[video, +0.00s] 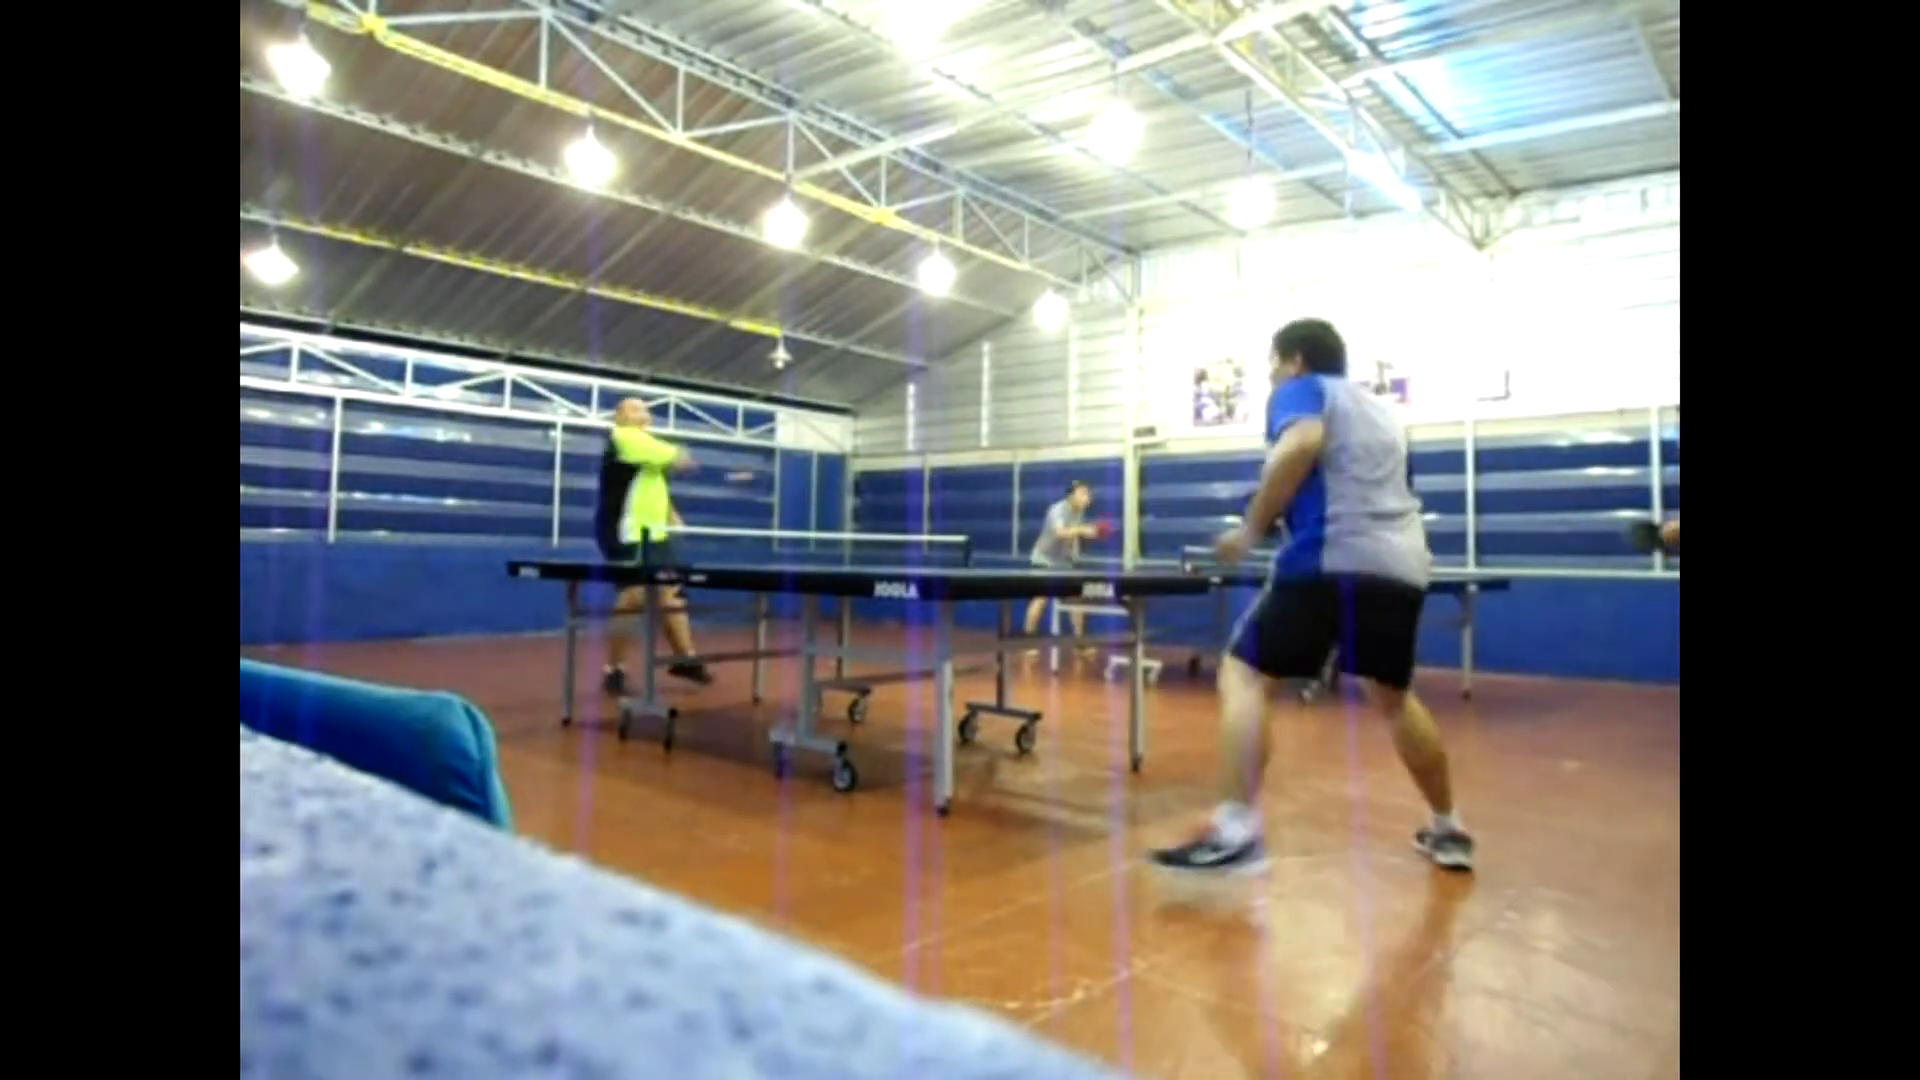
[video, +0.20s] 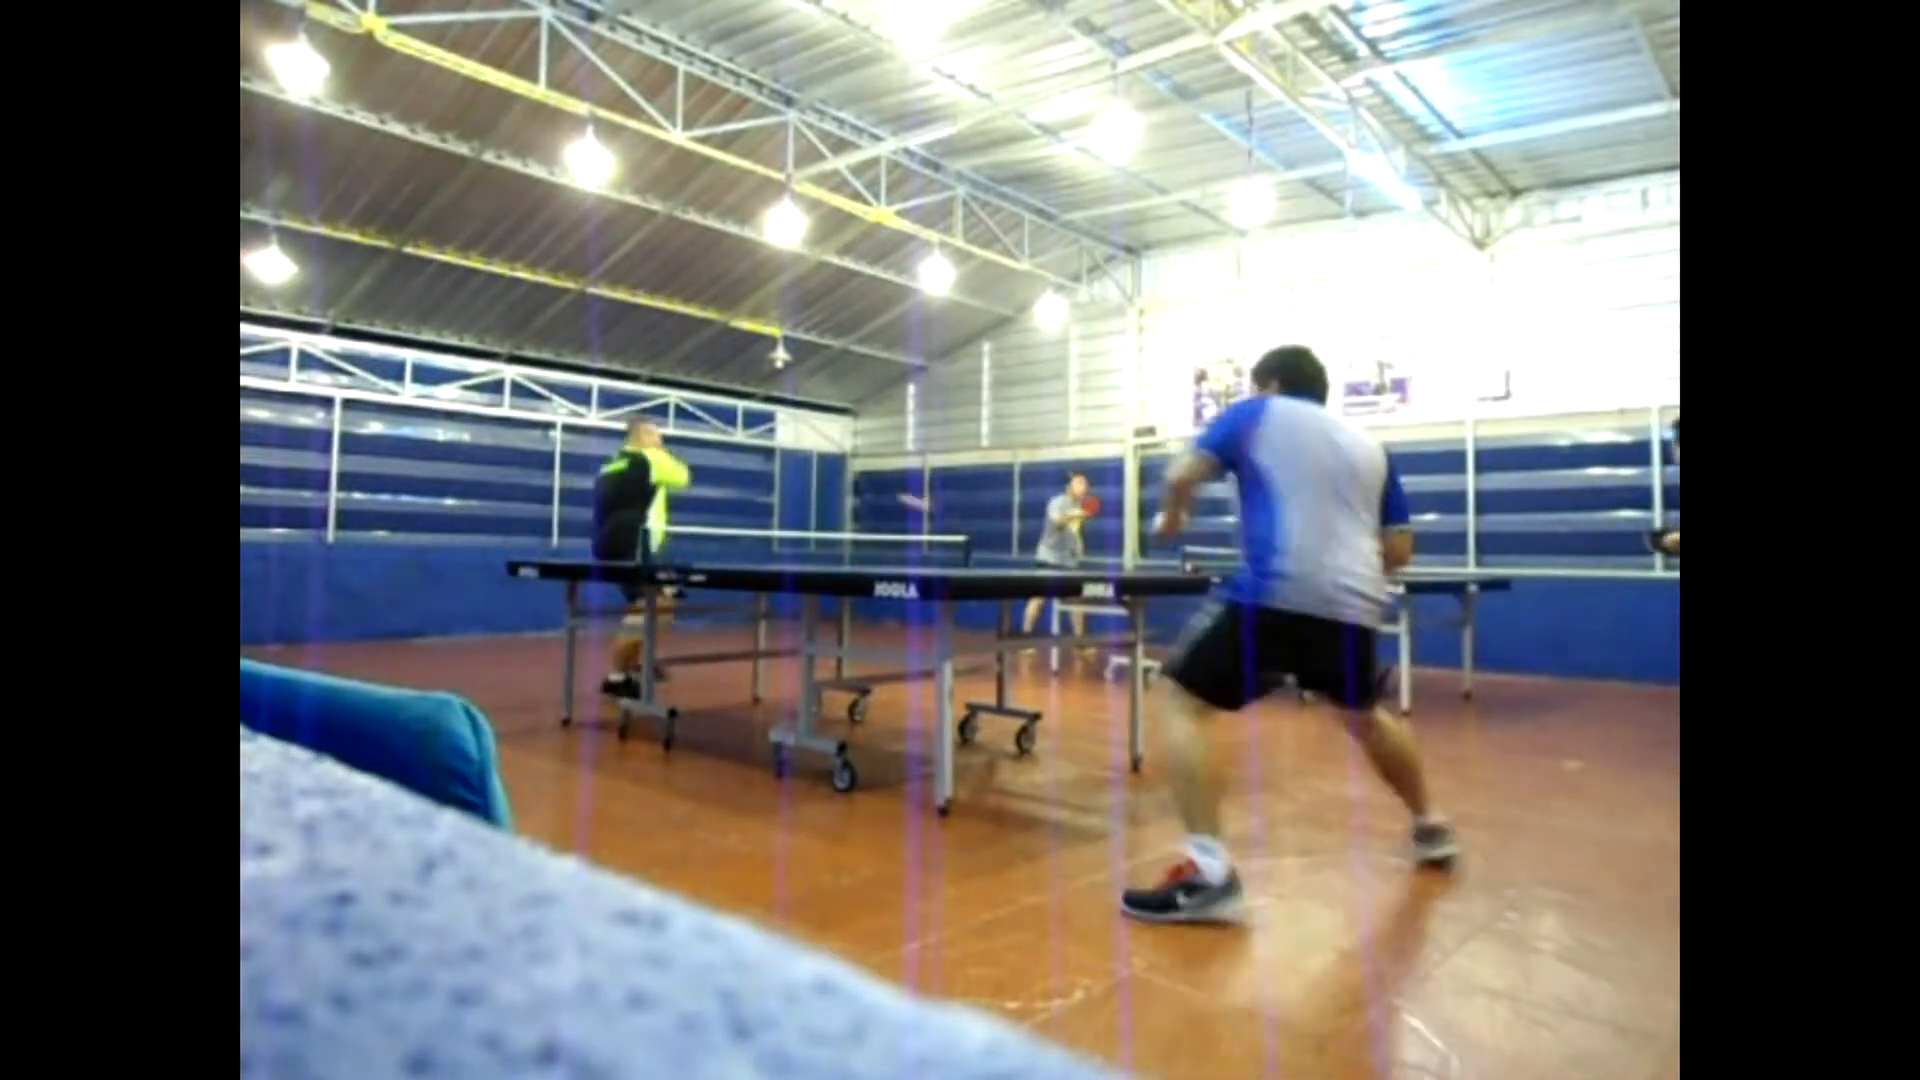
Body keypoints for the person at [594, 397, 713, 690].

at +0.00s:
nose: (645, 415)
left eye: (645, 410)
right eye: (637, 409)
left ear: (647, 417)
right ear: (621, 416)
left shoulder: (648, 443)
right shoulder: (621, 438)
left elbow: (654, 489)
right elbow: (655, 454)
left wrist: (670, 514)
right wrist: (677, 457)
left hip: (654, 527)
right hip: (625, 528)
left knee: (670, 591)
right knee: (633, 595)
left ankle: (686, 656)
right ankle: (614, 666)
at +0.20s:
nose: (658, 440)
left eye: (657, 435)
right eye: (654, 435)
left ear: (630, 439)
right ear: (644, 437)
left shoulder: (609, 469)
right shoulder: (651, 462)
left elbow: (604, 515)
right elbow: (681, 477)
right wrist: (658, 453)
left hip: (608, 551)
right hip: (636, 551)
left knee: (642, 605)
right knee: (658, 601)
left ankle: (633, 664)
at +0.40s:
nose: (658, 447)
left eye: (659, 442)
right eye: (652, 441)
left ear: (659, 446)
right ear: (636, 444)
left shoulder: (625, 468)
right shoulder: (636, 471)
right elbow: (647, 512)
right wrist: (667, 542)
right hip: (617, 552)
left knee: (635, 608)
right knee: (615, 610)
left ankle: (633, 668)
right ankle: (618, 673)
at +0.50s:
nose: (648, 441)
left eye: (650, 436)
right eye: (643, 434)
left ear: (646, 441)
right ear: (626, 435)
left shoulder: (637, 466)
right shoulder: (611, 462)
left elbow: (637, 507)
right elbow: (608, 500)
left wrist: (655, 537)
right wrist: (648, 525)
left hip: (631, 546)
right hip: (605, 545)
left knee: (638, 602)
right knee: (595, 604)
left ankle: (634, 664)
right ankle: (581, 668)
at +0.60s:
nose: (628, 429)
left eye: (631, 423)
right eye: (621, 422)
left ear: (634, 428)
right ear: (607, 425)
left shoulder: (631, 459)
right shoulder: (587, 450)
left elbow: (627, 501)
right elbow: (578, 492)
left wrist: (641, 527)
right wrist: (621, 515)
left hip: (617, 539)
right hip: (586, 537)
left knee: (626, 599)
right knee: (573, 597)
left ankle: (632, 660)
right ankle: (537, 656)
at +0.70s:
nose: (607, 430)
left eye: (610, 424)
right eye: (601, 424)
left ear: (613, 428)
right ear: (586, 426)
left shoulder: (620, 459)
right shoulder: (561, 451)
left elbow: (623, 495)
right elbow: (550, 491)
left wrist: (633, 513)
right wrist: (587, 513)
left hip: (605, 541)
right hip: (567, 539)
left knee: (620, 594)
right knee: (546, 596)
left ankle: (628, 655)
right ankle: (507, 658)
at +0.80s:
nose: (586, 442)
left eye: (590, 435)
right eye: (580, 435)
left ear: (594, 439)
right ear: (565, 437)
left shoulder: (604, 470)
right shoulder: (542, 466)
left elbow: (616, 503)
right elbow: (521, 501)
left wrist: (620, 511)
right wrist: (541, 516)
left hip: (592, 551)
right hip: (548, 551)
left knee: (614, 601)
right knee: (527, 607)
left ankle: (614, 655)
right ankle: (497, 665)